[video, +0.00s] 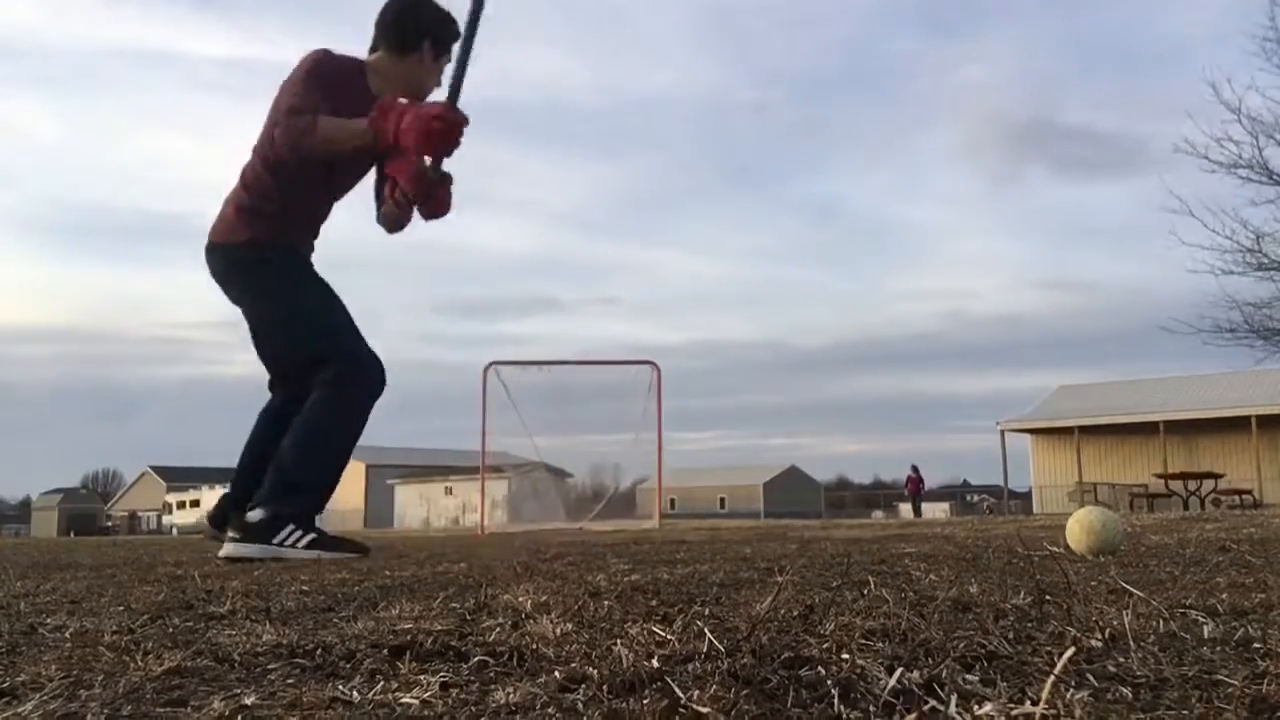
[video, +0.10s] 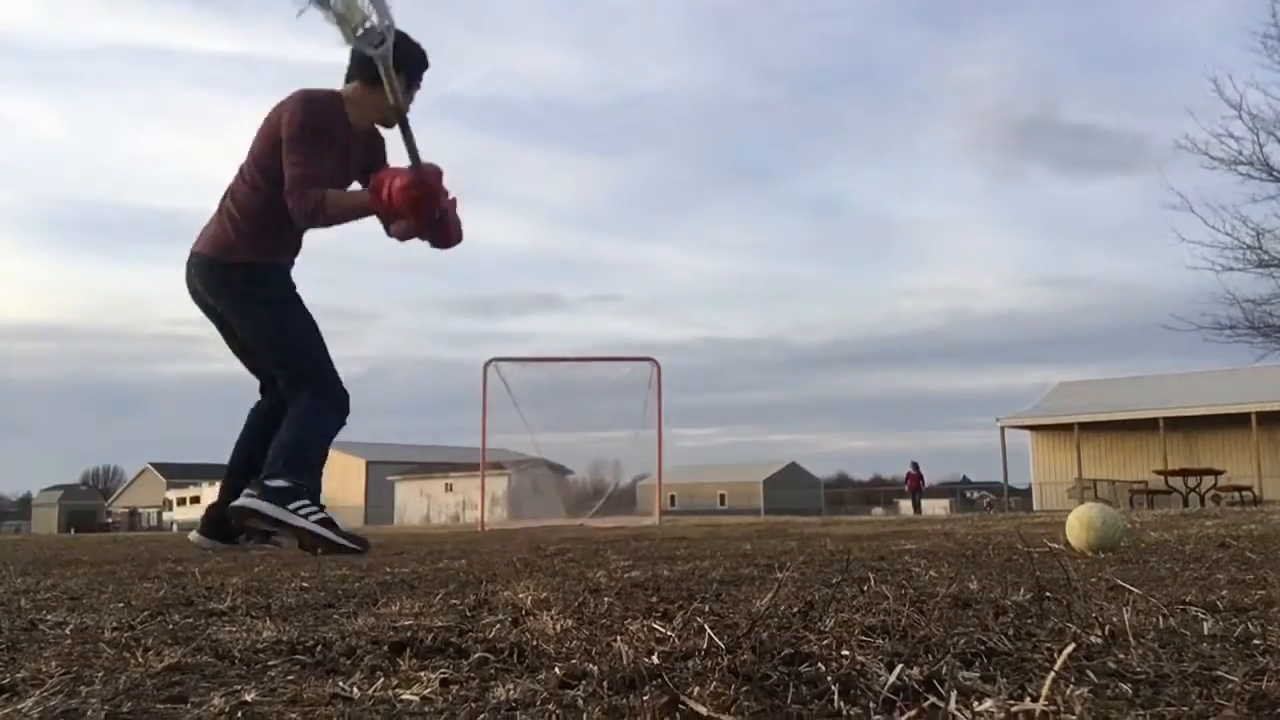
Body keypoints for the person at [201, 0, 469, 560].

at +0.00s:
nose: (438, 81)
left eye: (442, 67)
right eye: (439, 63)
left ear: (397, 47)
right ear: (418, 50)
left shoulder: (394, 115)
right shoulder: (325, 69)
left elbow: (391, 219)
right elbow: (293, 134)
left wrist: (409, 186)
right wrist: (386, 129)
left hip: (280, 253)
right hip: (253, 247)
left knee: (300, 383)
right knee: (357, 373)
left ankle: (239, 511)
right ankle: (275, 518)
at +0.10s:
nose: (410, 104)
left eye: (414, 91)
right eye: (408, 89)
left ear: (373, 80)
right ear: (379, 79)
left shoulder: (369, 143)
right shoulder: (309, 111)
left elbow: (391, 224)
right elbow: (305, 207)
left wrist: (425, 213)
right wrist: (382, 196)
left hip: (241, 271)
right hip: (239, 267)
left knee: (283, 390)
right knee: (325, 395)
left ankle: (230, 512)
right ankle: (284, 490)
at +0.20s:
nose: (385, 115)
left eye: (389, 104)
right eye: (386, 102)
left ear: (336, 86)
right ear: (365, 96)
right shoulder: (337, 161)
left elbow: (327, 202)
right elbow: (344, 261)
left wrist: (394, 222)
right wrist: (409, 256)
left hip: (183, 270)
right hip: (244, 279)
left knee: (249, 396)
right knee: (289, 425)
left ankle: (230, 523)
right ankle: (227, 452)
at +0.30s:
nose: (385, 136)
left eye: (389, 126)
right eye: (388, 126)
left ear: (340, 97)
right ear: (379, 120)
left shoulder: (281, 106)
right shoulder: (359, 184)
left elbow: (212, 156)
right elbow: (323, 238)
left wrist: (278, 207)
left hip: (177, 267)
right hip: (239, 287)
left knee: (233, 400)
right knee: (225, 425)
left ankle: (223, 523)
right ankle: (109, 448)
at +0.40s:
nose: (372, 146)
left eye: (374, 137)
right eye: (376, 137)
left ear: (330, 108)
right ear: (369, 132)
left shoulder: (285, 116)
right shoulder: (348, 193)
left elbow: (214, 152)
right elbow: (257, 201)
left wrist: (195, 176)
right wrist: (173, 177)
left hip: (181, 274)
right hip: (237, 294)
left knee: (254, 385)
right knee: (164, 432)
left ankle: (224, 524)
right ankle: (17, 499)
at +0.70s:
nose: (321, 106)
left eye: (318, 99)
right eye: (325, 98)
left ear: (274, 82)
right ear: (322, 95)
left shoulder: (237, 107)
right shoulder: (326, 154)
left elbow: (176, 147)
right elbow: (245, 213)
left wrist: (177, 200)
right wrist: (167, 249)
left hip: (194, 263)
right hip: (250, 275)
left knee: (258, 390)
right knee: (212, 416)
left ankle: (224, 526)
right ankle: (70, 480)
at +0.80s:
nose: (318, 86)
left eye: (312, 78)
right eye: (321, 78)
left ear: (268, 66)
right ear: (318, 75)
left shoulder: (224, 102)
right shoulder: (328, 133)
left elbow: (144, 154)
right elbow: (300, 217)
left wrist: (179, 203)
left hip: (189, 253)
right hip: (244, 259)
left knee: (247, 395)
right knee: (266, 410)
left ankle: (222, 527)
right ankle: (134, 479)